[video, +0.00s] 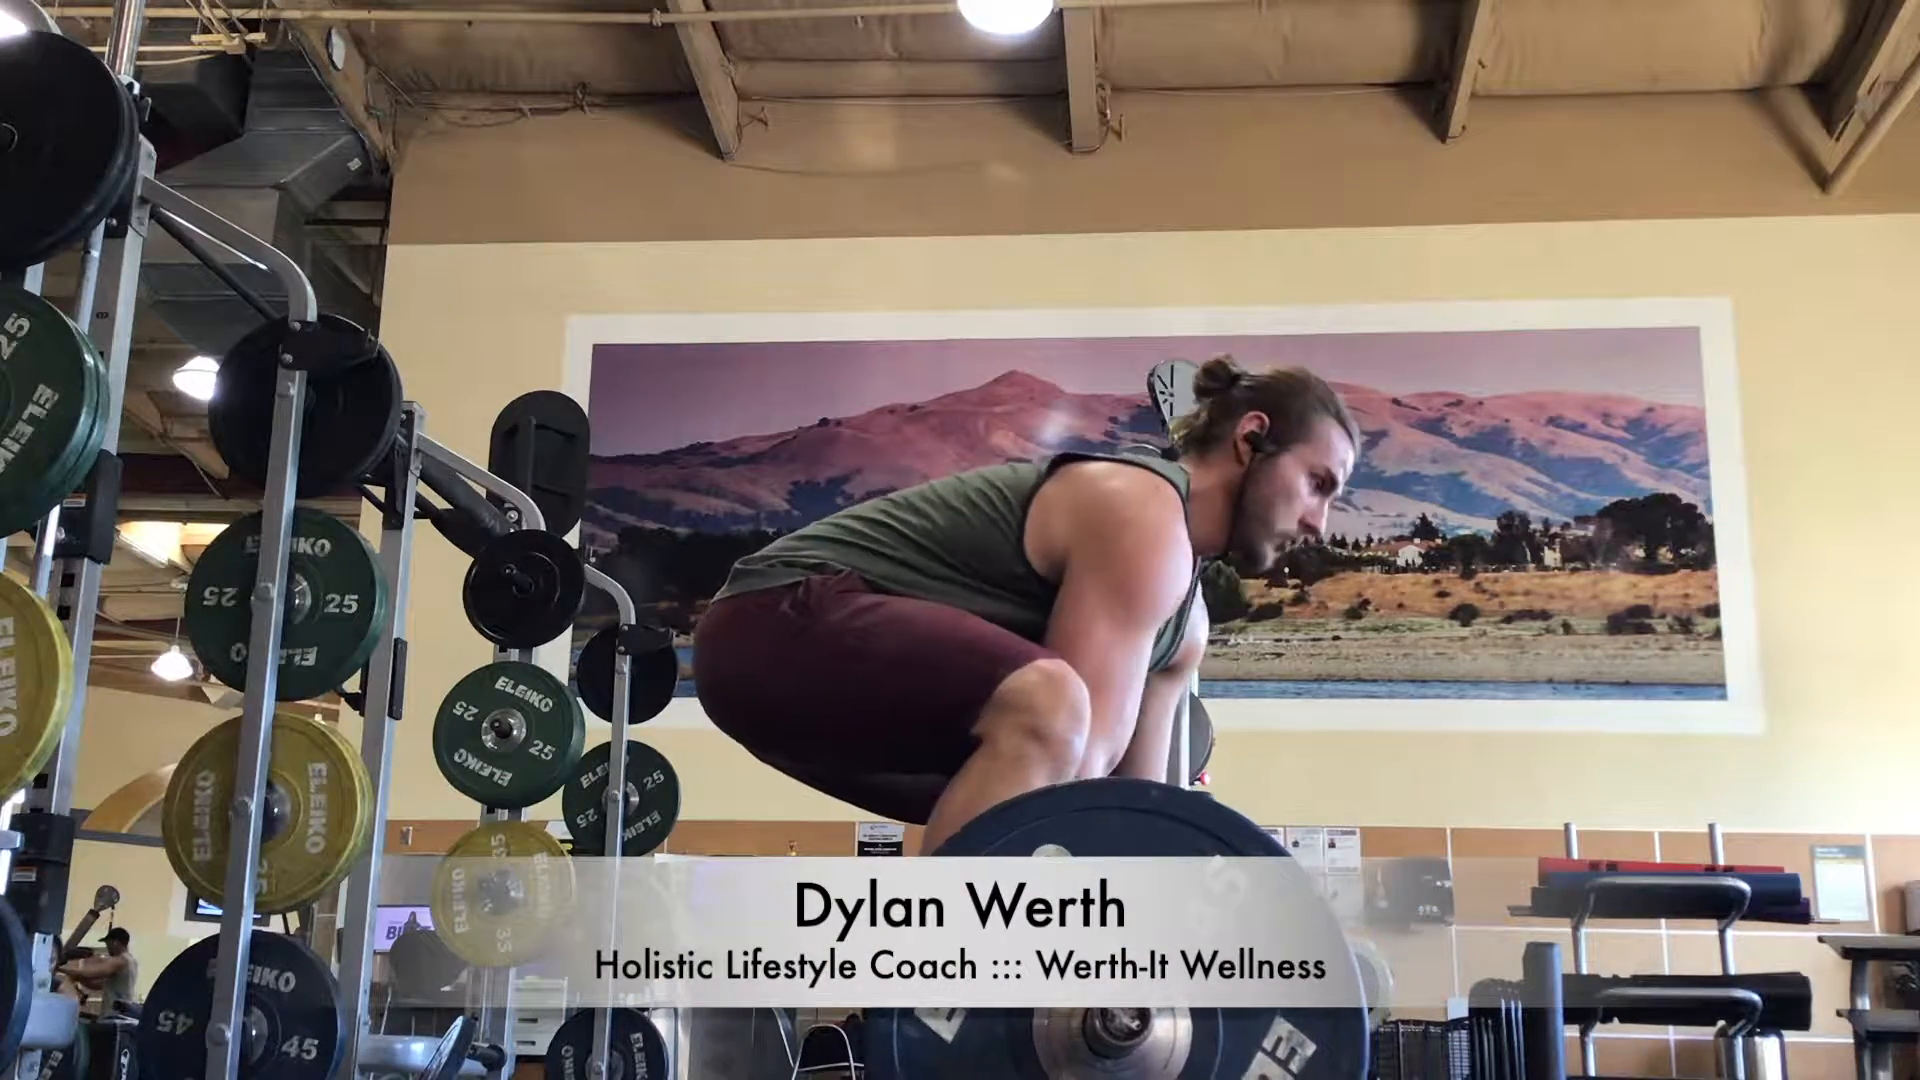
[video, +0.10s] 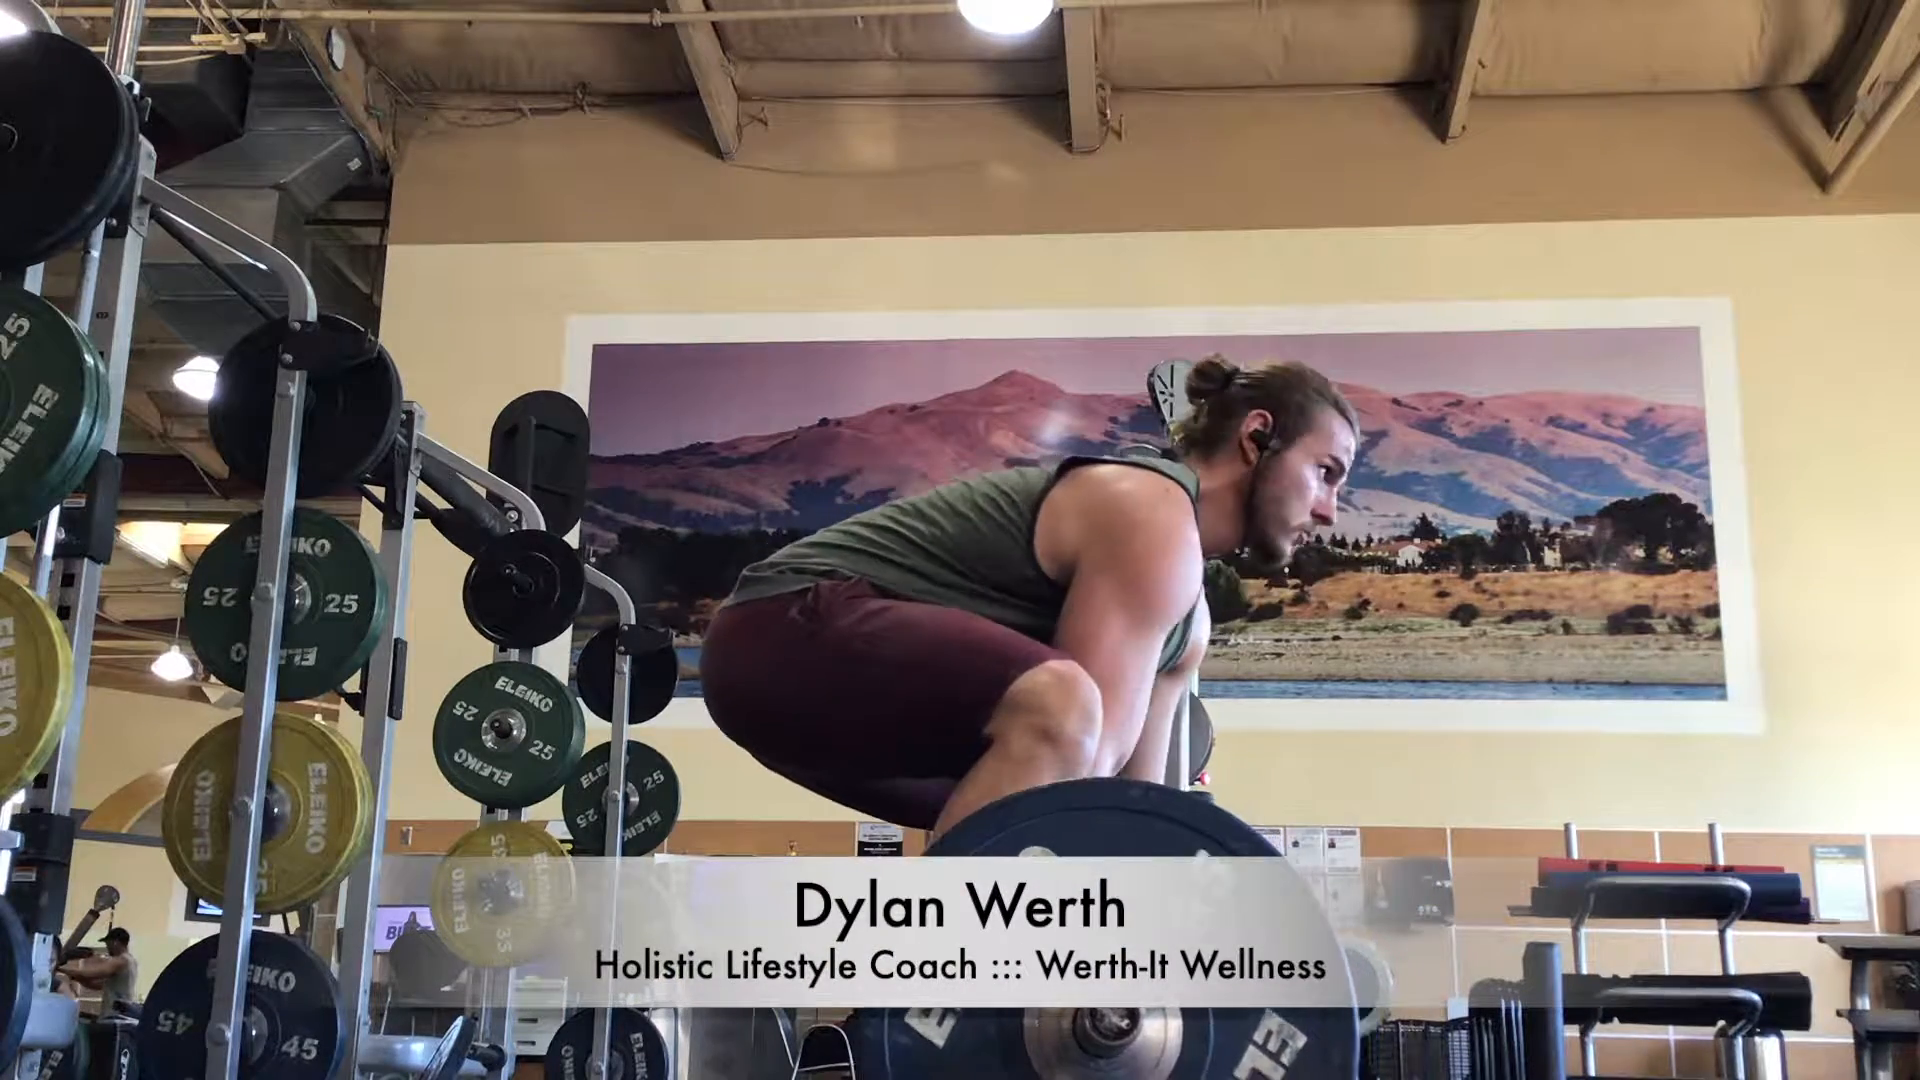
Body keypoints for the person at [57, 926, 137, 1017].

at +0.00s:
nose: (107, 947)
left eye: (108, 944)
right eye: (106, 944)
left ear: (116, 943)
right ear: (121, 943)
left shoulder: (122, 960)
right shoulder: (129, 961)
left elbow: (88, 973)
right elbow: (97, 985)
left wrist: (60, 969)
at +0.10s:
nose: (107, 947)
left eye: (108, 944)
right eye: (106, 944)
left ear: (116, 943)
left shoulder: (122, 960)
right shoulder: (129, 961)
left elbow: (88, 974)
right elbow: (96, 985)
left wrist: (60, 969)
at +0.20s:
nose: (106, 946)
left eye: (108, 943)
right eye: (106, 943)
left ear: (117, 943)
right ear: (121, 944)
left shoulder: (121, 961)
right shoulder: (127, 962)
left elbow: (90, 974)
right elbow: (95, 986)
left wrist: (62, 970)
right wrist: (71, 979)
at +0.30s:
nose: (106, 946)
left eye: (108, 943)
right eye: (106, 943)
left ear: (117, 943)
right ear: (120, 943)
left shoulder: (119, 960)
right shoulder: (128, 962)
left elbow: (90, 975)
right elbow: (100, 987)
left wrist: (62, 970)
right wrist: (75, 982)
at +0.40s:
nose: (105, 946)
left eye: (107, 942)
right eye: (105, 942)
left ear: (115, 942)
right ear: (119, 942)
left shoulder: (119, 960)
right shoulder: (128, 962)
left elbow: (88, 976)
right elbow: (105, 987)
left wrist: (62, 970)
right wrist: (78, 985)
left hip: (108, 1017)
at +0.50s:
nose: (105, 946)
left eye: (107, 942)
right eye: (105, 942)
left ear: (114, 942)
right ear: (119, 943)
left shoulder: (119, 960)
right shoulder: (128, 961)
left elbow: (87, 976)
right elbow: (105, 988)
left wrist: (61, 970)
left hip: (108, 1017)